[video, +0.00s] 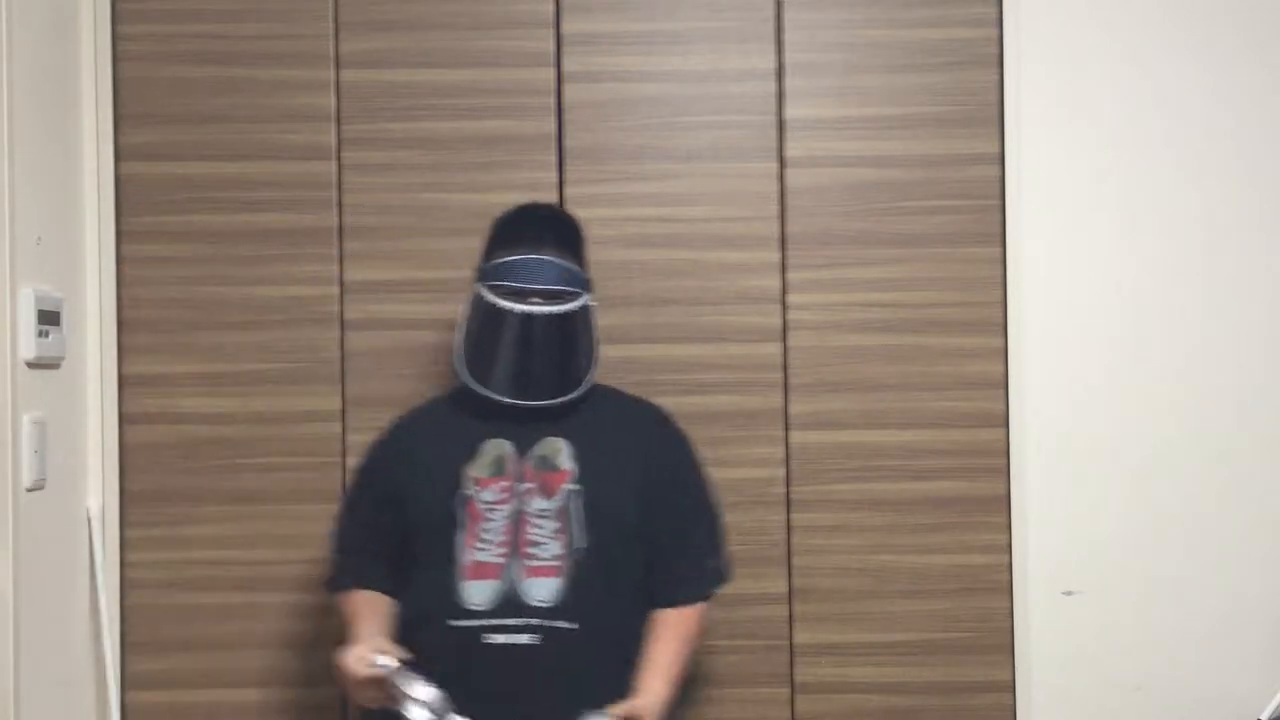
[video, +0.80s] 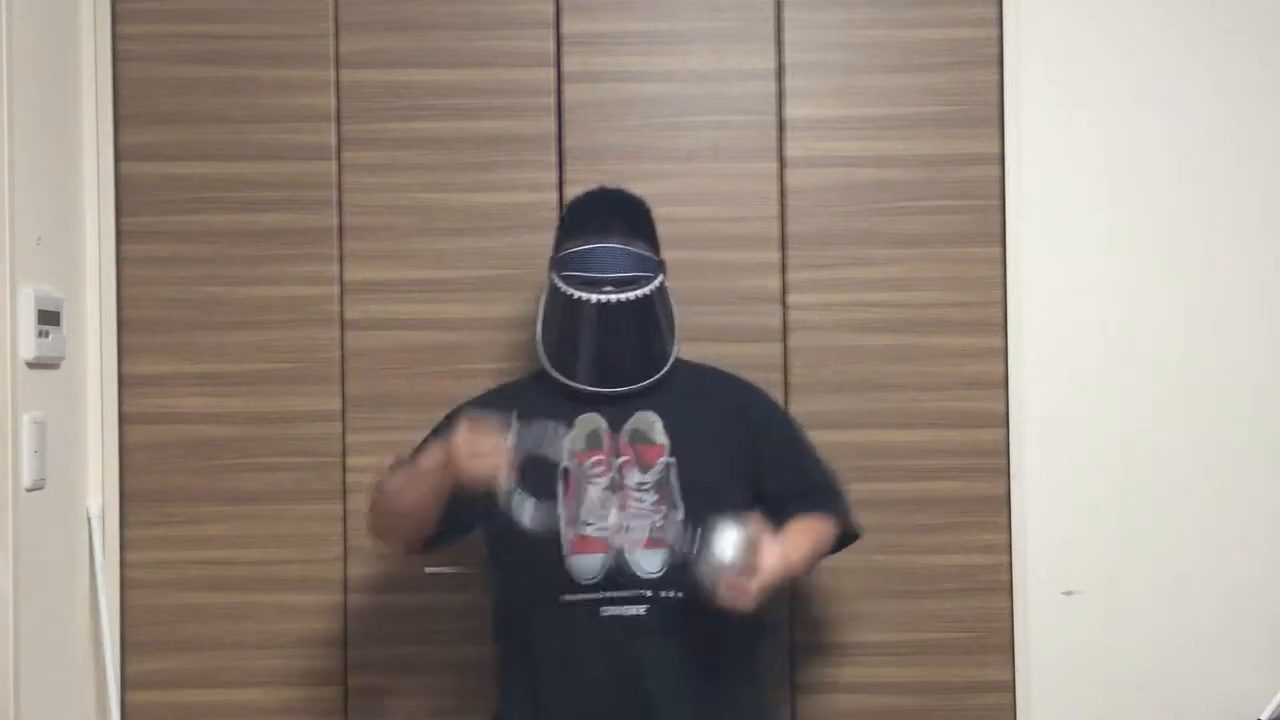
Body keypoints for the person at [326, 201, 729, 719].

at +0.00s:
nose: (532, 335)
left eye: (552, 315)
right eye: (512, 314)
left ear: (583, 316)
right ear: (479, 311)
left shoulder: (646, 441)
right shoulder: (416, 442)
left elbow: (684, 583)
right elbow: (369, 559)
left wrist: (648, 699)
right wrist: (369, 641)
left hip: (593, 704)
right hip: (444, 705)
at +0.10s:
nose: (575, 331)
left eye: (596, 311)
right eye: (555, 311)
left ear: (627, 309)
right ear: (522, 307)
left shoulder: (695, 435)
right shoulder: (459, 441)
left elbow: (748, 574)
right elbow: (405, 559)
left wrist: (720, 684)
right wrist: (420, 618)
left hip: (659, 699)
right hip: (506, 700)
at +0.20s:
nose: (607, 317)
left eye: (627, 297)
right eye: (587, 297)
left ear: (658, 296)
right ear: (554, 295)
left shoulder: (726, 418)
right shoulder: (494, 426)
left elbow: (807, 535)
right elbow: (407, 553)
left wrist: (762, 623)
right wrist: (458, 544)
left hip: (684, 701)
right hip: (539, 700)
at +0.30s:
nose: (624, 305)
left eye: (645, 285)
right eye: (603, 284)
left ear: (675, 286)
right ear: (571, 286)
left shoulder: (740, 402)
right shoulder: (525, 413)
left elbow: (861, 502)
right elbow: (407, 517)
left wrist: (805, 500)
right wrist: (466, 424)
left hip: (712, 699)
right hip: (564, 701)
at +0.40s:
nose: (635, 305)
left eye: (657, 284)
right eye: (613, 285)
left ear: (686, 289)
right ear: (575, 290)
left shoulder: (748, 404)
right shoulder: (530, 409)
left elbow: (885, 488)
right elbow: (415, 453)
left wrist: (829, 413)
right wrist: (483, 337)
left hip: (727, 695)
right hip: (576, 697)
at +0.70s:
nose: (624, 309)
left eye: (645, 289)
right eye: (604, 290)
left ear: (674, 290)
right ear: (572, 290)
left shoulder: (744, 399)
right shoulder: (524, 408)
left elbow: (870, 495)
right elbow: (403, 469)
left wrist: (807, 477)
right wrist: (474, 372)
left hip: (729, 694)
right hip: (575, 695)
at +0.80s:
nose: (606, 312)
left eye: (626, 293)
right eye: (586, 293)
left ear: (658, 290)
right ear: (555, 291)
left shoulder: (731, 411)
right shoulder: (500, 421)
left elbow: (824, 511)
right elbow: (392, 525)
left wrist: (773, 560)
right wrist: (444, 465)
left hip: (707, 703)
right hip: (551, 703)